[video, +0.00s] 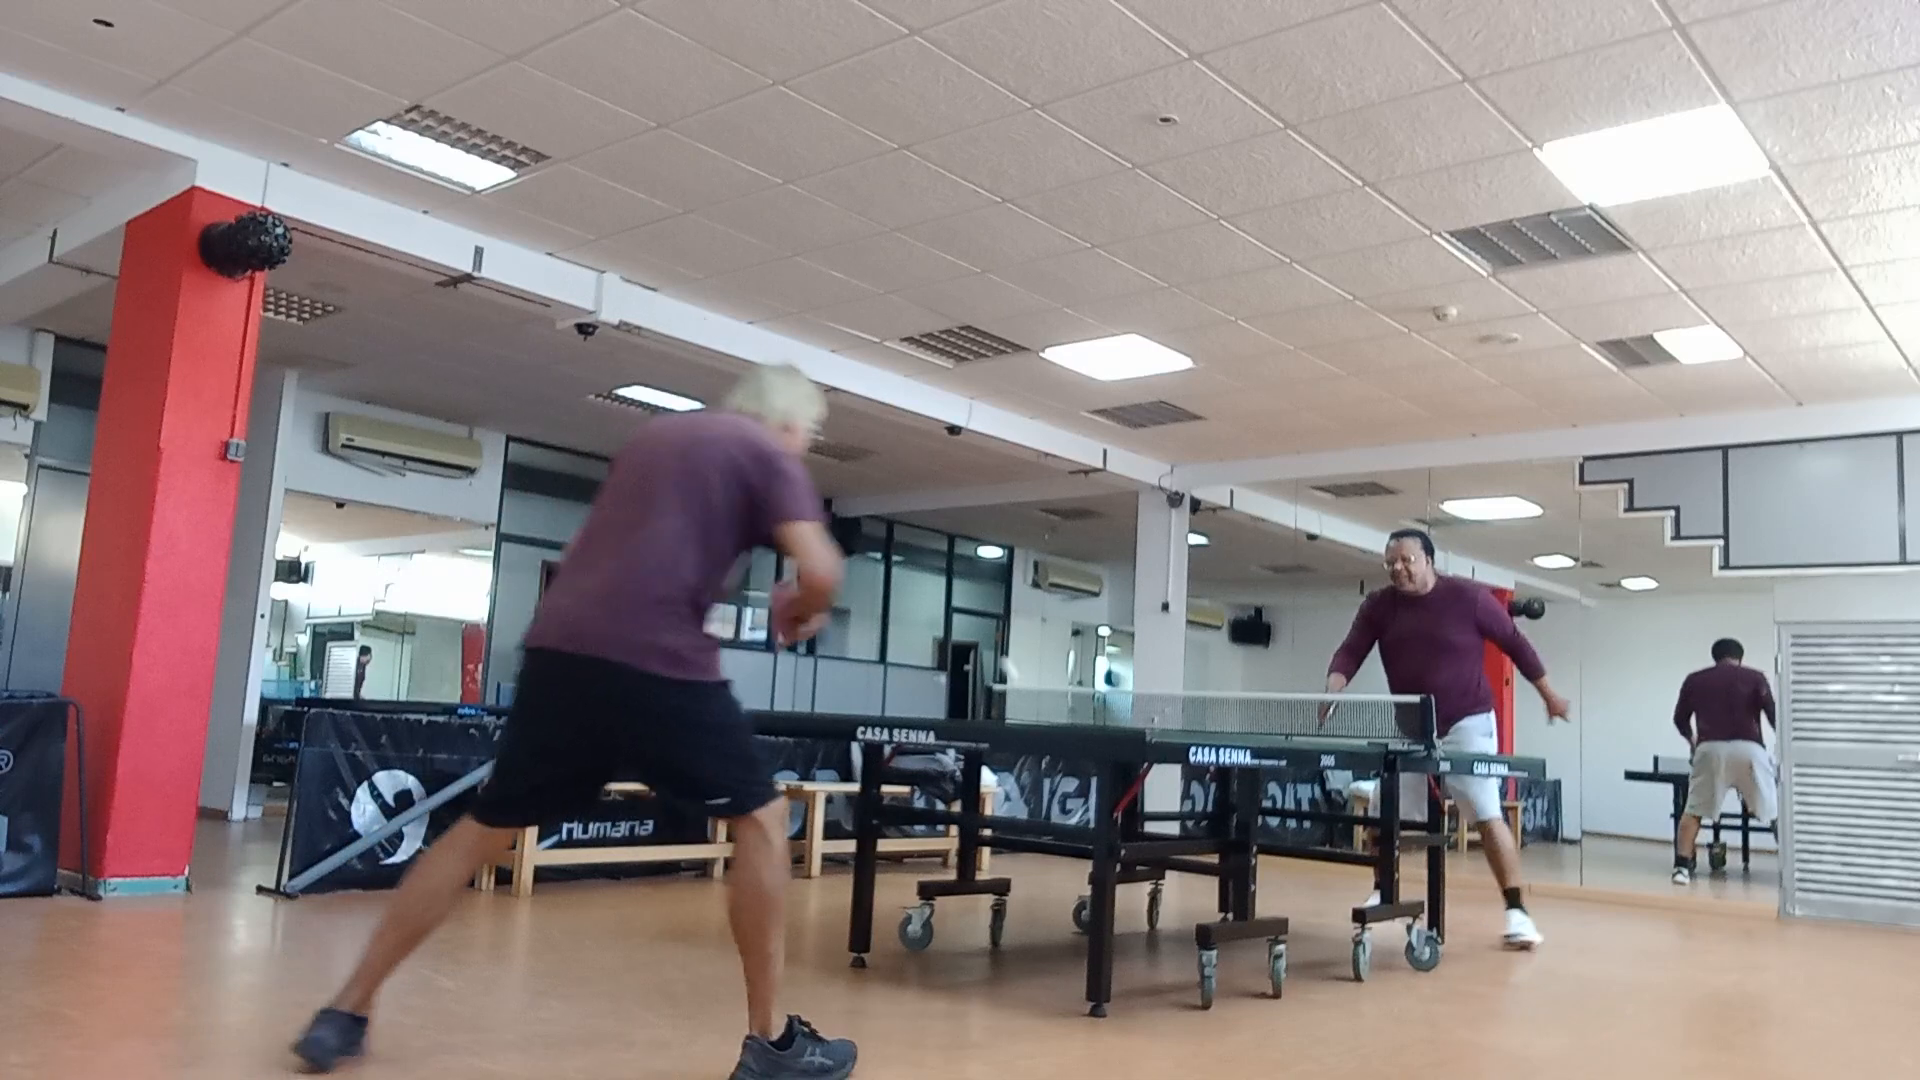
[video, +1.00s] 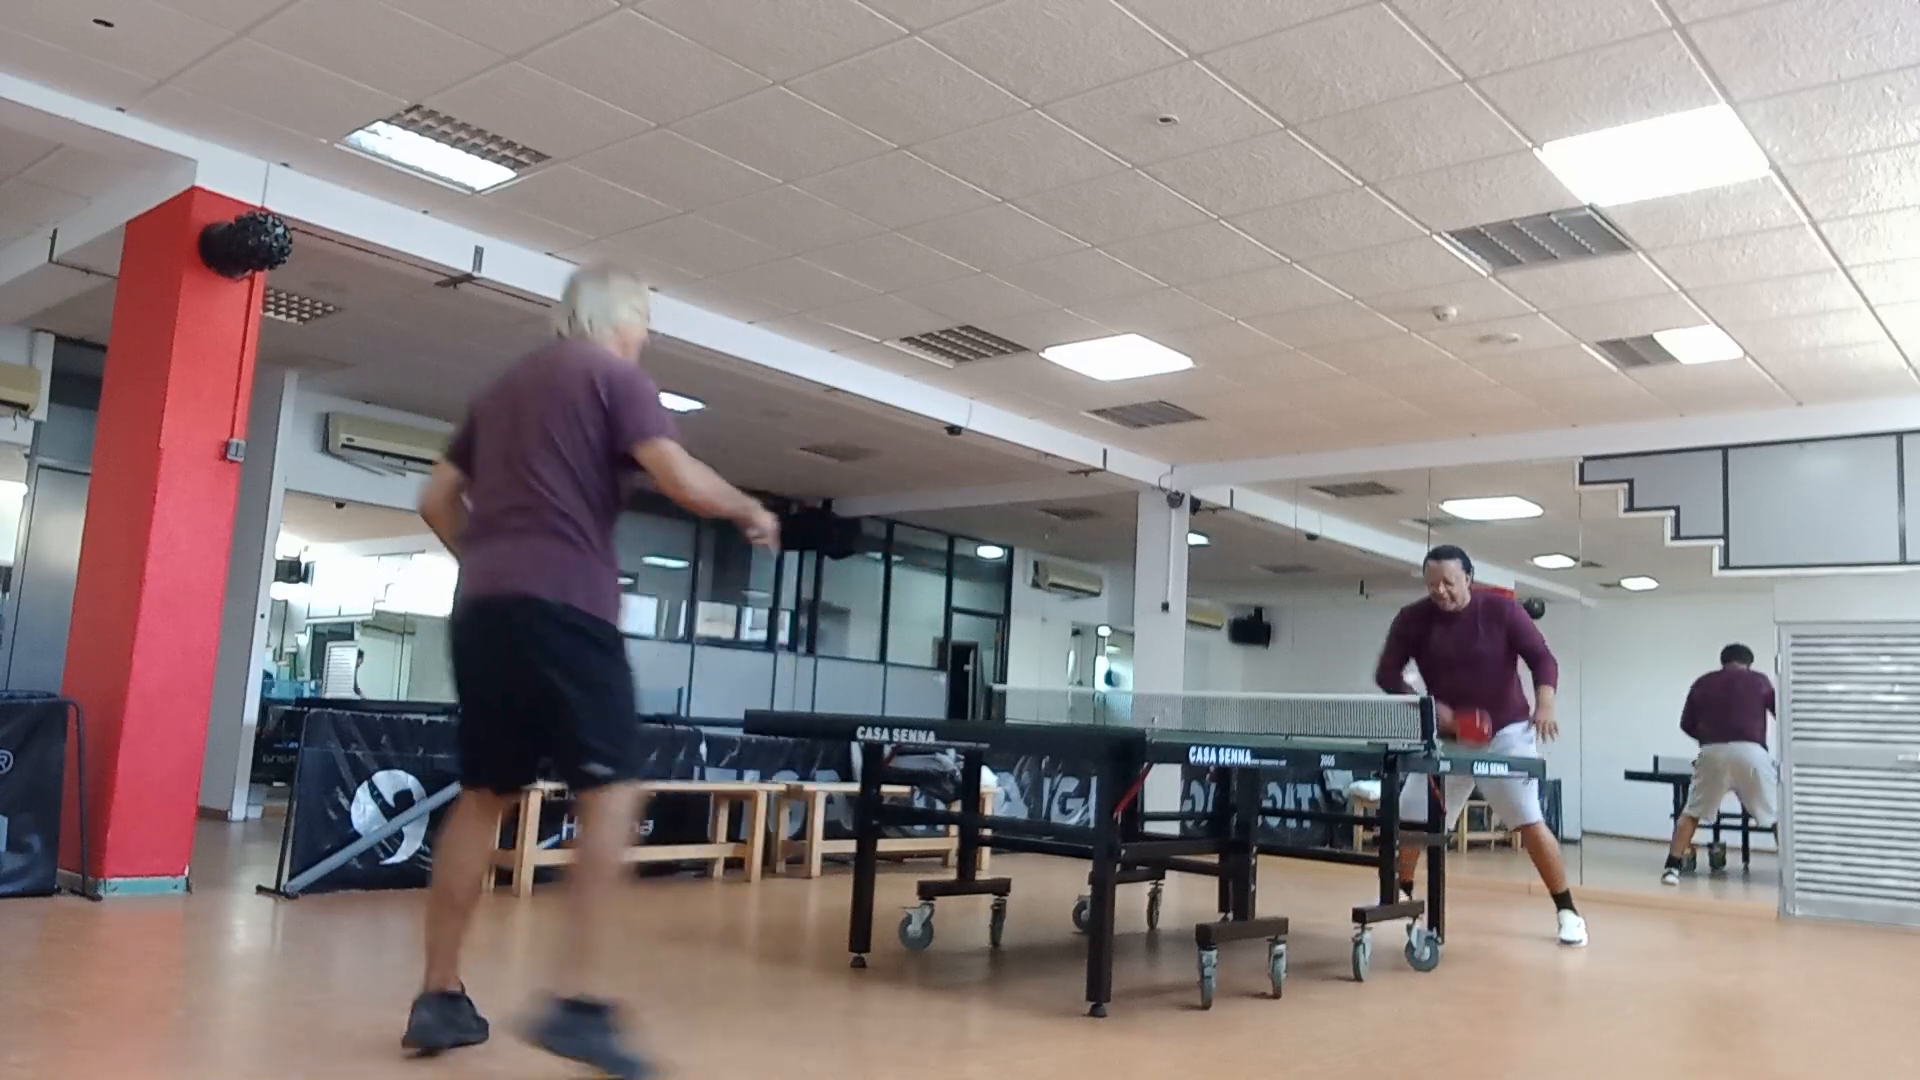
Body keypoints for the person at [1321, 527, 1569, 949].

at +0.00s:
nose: (1400, 568)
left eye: (1408, 559)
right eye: (1393, 562)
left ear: (1428, 561)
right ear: (1387, 567)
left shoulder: (1469, 597)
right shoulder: (1379, 606)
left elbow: (1514, 641)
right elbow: (1351, 651)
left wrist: (1548, 692)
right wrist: (1333, 690)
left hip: (1467, 721)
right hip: (1410, 726)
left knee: (1485, 812)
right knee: (1384, 811)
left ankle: (1516, 912)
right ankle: (1384, 894)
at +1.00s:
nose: (1440, 591)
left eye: (1448, 582)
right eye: (1433, 584)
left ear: (1467, 577)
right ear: (1426, 584)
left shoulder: (1502, 610)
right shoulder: (1414, 620)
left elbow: (1542, 658)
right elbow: (1386, 675)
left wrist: (1545, 706)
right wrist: (1432, 710)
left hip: (1507, 733)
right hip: (1448, 739)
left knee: (1527, 819)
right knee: (1409, 820)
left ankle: (1567, 911)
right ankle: (1401, 896)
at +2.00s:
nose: (1450, 549)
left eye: (1458, 541)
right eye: (1448, 544)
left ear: (1485, 546)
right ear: (1453, 553)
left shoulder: (1519, 591)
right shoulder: (1452, 597)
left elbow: (1539, 646)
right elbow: (1453, 652)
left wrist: (1521, 694)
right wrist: (1427, 693)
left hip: (1515, 716)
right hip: (1466, 719)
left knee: (1516, 815)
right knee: (1455, 812)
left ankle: (1568, 909)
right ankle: (1462, 906)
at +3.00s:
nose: (1403, 598)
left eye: (1401, 590)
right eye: (1400, 591)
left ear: (1412, 580)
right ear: (1429, 575)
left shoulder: (1438, 597)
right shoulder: (1462, 592)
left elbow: (1442, 657)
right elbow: (1446, 654)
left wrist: (1428, 714)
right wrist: (1396, 653)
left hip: (1487, 702)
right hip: (1501, 699)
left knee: (1480, 801)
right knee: (1467, 806)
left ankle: (1534, 891)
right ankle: (1463, 900)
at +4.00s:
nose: (1470, 561)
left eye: (1477, 553)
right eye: (1466, 557)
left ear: (1502, 553)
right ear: (1466, 566)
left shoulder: (1546, 594)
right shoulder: (1465, 611)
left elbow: (1591, 647)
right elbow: (1423, 641)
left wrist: (1600, 710)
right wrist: (1386, 627)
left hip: (1556, 722)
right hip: (1502, 729)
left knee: (1558, 821)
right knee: (1485, 816)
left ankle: (1568, 907)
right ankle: (1466, 900)